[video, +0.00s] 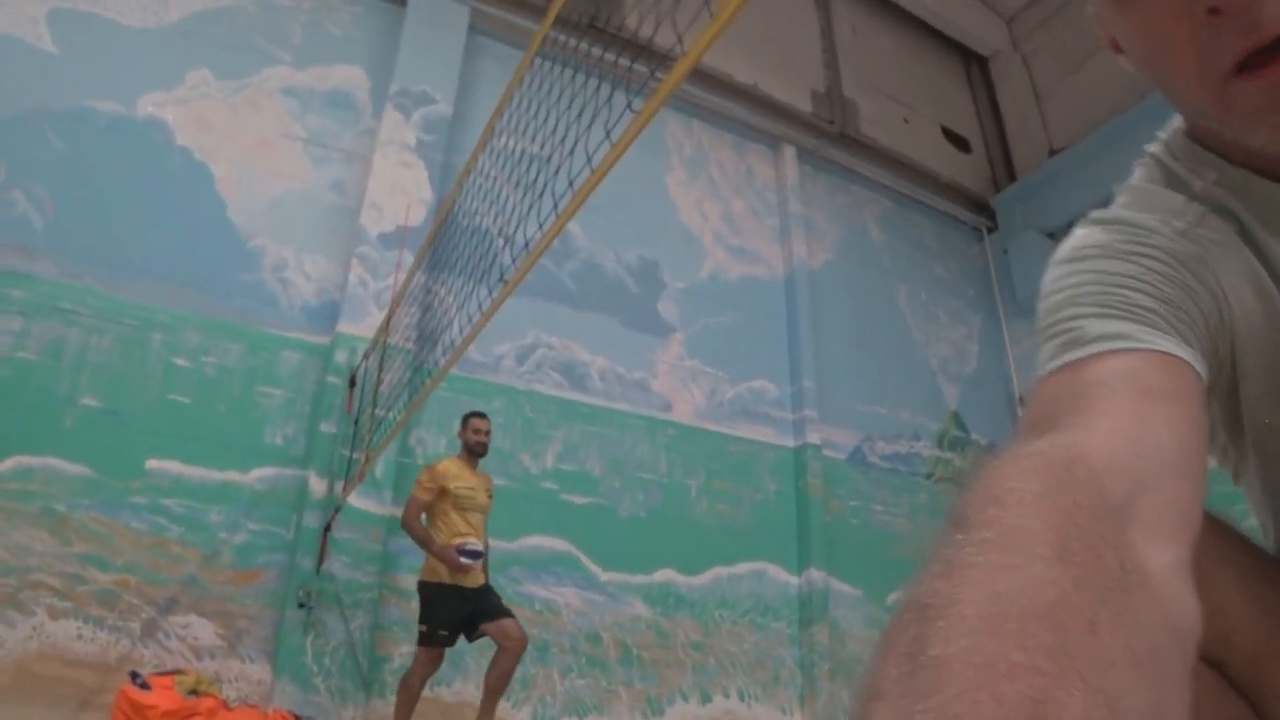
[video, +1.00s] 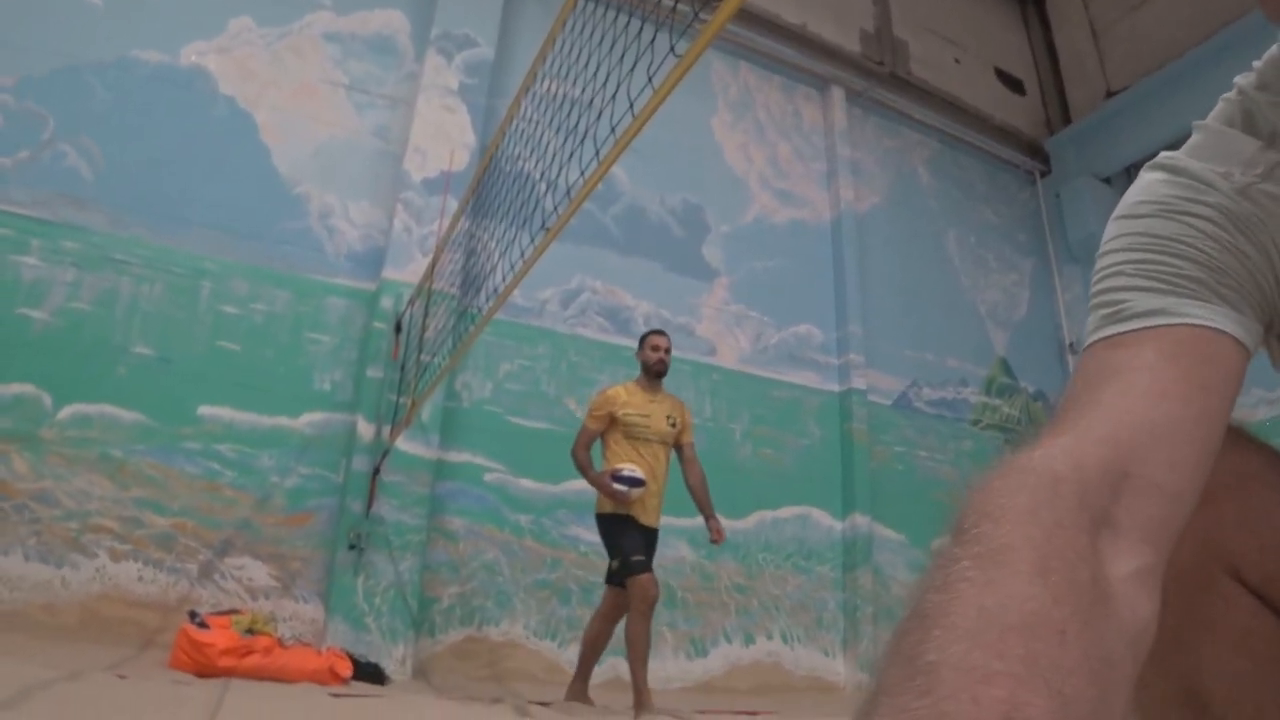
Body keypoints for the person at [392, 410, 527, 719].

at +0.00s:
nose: (482, 438)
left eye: (487, 434)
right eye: (475, 432)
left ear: (490, 440)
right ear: (461, 434)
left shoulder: (485, 482)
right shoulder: (438, 472)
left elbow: (477, 531)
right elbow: (409, 519)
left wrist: (483, 575)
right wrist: (441, 552)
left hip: (475, 587)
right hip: (441, 586)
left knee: (514, 642)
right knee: (427, 661)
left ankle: (485, 715)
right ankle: (400, 715)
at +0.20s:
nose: (523, 447)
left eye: (528, 443)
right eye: (518, 440)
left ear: (531, 449)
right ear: (503, 442)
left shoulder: (526, 493)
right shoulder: (475, 480)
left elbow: (521, 545)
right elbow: (442, 526)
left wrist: (514, 588)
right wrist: (471, 560)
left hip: (508, 598)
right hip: (470, 596)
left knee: (538, 656)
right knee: (448, 668)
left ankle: (534, 716)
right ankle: (418, 715)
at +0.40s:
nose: (580, 428)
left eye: (585, 424)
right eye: (576, 421)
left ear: (587, 430)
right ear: (558, 420)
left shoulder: (576, 473)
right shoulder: (526, 454)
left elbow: (569, 529)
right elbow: (487, 497)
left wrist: (566, 576)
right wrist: (511, 533)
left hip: (552, 576)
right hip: (512, 571)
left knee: (570, 640)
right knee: (486, 646)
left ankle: (551, 716)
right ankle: (441, 713)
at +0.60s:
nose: (618, 396)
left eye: (623, 393)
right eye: (613, 389)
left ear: (625, 402)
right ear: (596, 392)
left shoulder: (617, 449)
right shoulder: (565, 425)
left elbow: (620, 506)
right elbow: (525, 467)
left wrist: (628, 560)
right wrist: (550, 503)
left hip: (589, 547)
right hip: (553, 539)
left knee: (590, 623)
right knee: (555, 620)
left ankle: (563, 712)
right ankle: (502, 677)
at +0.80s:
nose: (641, 373)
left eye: (646, 369)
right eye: (635, 366)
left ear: (649, 378)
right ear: (619, 370)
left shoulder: (648, 426)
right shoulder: (590, 408)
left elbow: (662, 483)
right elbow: (550, 453)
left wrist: (681, 534)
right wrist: (567, 485)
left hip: (618, 527)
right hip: (585, 518)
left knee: (593, 613)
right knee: (618, 586)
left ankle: (573, 698)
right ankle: (580, 688)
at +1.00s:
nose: (661, 356)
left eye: (666, 351)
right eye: (654, 349)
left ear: (671, 359)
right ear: (639, 354)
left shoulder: (676, 409)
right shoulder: (613, 398)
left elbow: (691, 465)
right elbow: (579, 450)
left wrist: (709, 515)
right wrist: (597, 481)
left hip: (648, 519)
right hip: (615, 513)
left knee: (611, 608)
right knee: (646, 594)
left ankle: (577, 690)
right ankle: (642, 701)